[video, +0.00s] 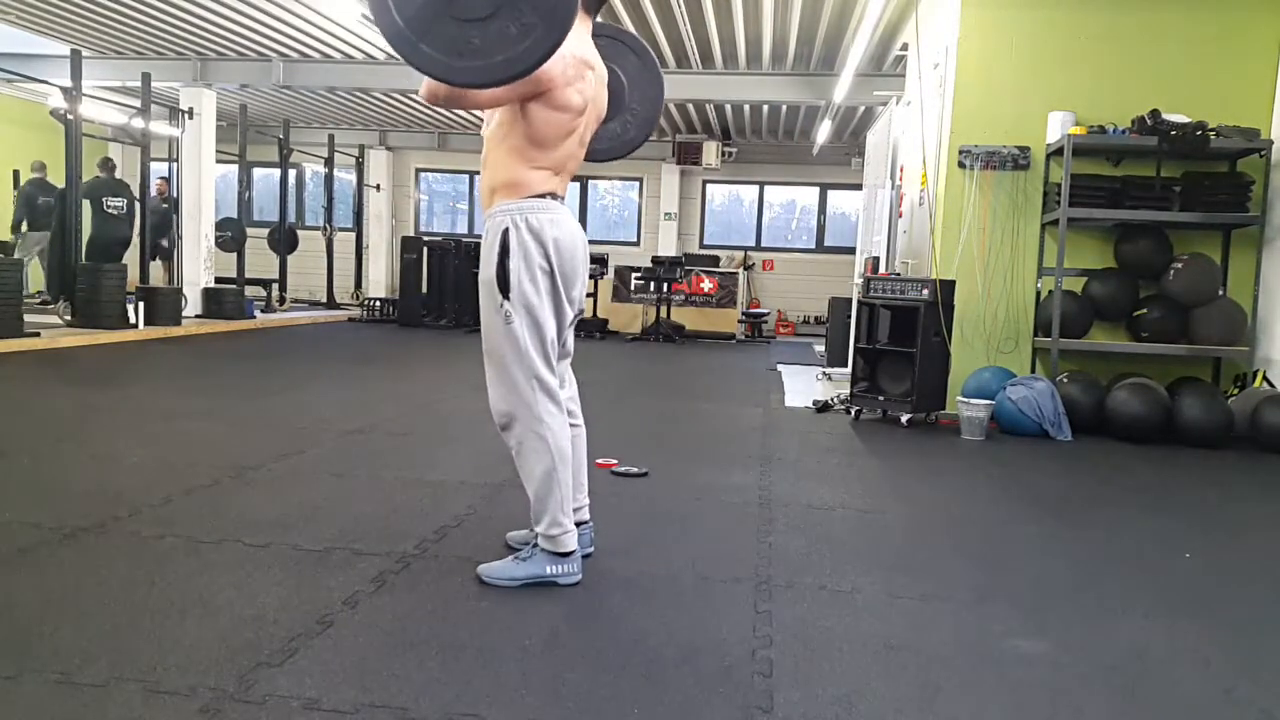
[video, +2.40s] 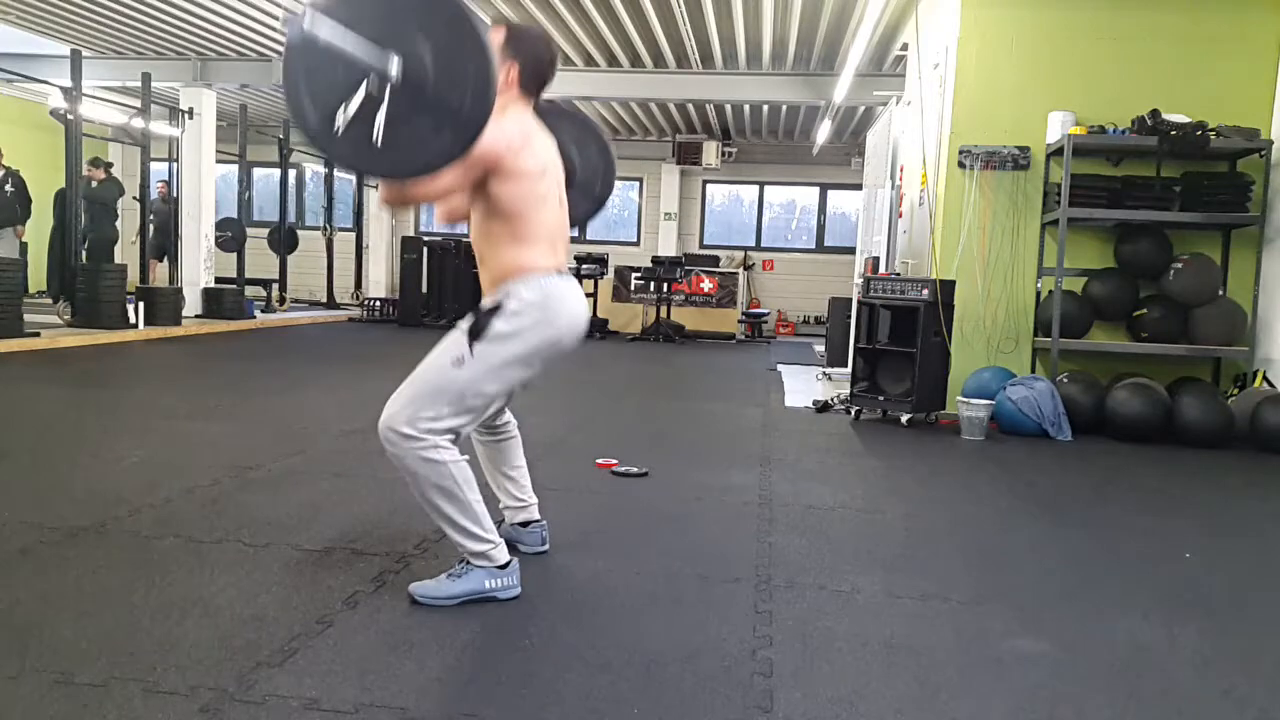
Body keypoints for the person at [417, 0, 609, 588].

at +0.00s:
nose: (530, 15)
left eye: (535, 8)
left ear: (554, 6)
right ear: (592, 11)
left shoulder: (547, 57)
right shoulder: (597, 76)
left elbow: (436, 91)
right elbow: (528, 121)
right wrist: (482, 103)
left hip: (518, 231)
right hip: (557, 227)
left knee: (524, 396)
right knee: (555, 386)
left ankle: (556, 549)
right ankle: (573, 524)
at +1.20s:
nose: (489, 21)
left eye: (497, 11)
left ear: (524, 8)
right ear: (559, 12)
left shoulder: (525, 62)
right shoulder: (565, 74)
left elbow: (416, 104)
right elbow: (467, 137)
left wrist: (440, 44)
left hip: (527, 247)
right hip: (562, 244)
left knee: (464, 399)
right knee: (514, 400)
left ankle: (492, 561)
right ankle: (527, 521)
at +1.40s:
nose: (481, 46)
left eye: (489, 34)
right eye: (482, 33)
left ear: (515, 41)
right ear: (539, 44)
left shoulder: (512, 103)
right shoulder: (549, 104)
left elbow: (409, 153)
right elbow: (474, 172)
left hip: (541, 284)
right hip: (571, 280)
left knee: (437, 408)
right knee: (504, 409)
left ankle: (490, 563)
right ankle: (527, 522)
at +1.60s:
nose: (471, 113)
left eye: (480, 102)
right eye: (475, 102)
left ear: (504, 110)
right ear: (525, 114)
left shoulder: (498, 171)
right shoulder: (540, 170)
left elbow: (439, 237)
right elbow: (457, 241)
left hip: (545, 342)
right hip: (580, 334)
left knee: (410, 424)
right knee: (484, 403)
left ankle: (488, 563)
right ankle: (525, 522)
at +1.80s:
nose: (456, 181)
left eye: (466, 171)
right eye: (459, 169)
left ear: (491, 182)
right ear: (503, 184)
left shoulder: (490, 241)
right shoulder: (531, 236)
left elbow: (427, 298)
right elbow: (444, 311)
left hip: (550, 404)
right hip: (585, 392)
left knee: (401, 433)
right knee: (461, 405)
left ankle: (488, 565)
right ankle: (522, 522)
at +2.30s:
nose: (463, 117)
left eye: (474, 107)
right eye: (468, 105)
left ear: (500, 121)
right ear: (511, 125)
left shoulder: (492, 176)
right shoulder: (529, 178)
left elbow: (401, 238)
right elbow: (448, 254)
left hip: (539, 344)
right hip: (575, 336)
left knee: (401, 429)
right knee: (477, 406)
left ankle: (487, 563)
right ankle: (522, 521)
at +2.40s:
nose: (474, 63)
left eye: (486, 53)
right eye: (479, 51)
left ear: (511, 72)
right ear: (522, 76)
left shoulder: (498, 132)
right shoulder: (537, 135)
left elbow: (398, 191)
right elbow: (451, 209)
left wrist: (395, 119)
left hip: (526, 305)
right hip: (559, 300)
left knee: (408, 426)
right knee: (485, 410)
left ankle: (490, 564)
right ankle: (525, 522)